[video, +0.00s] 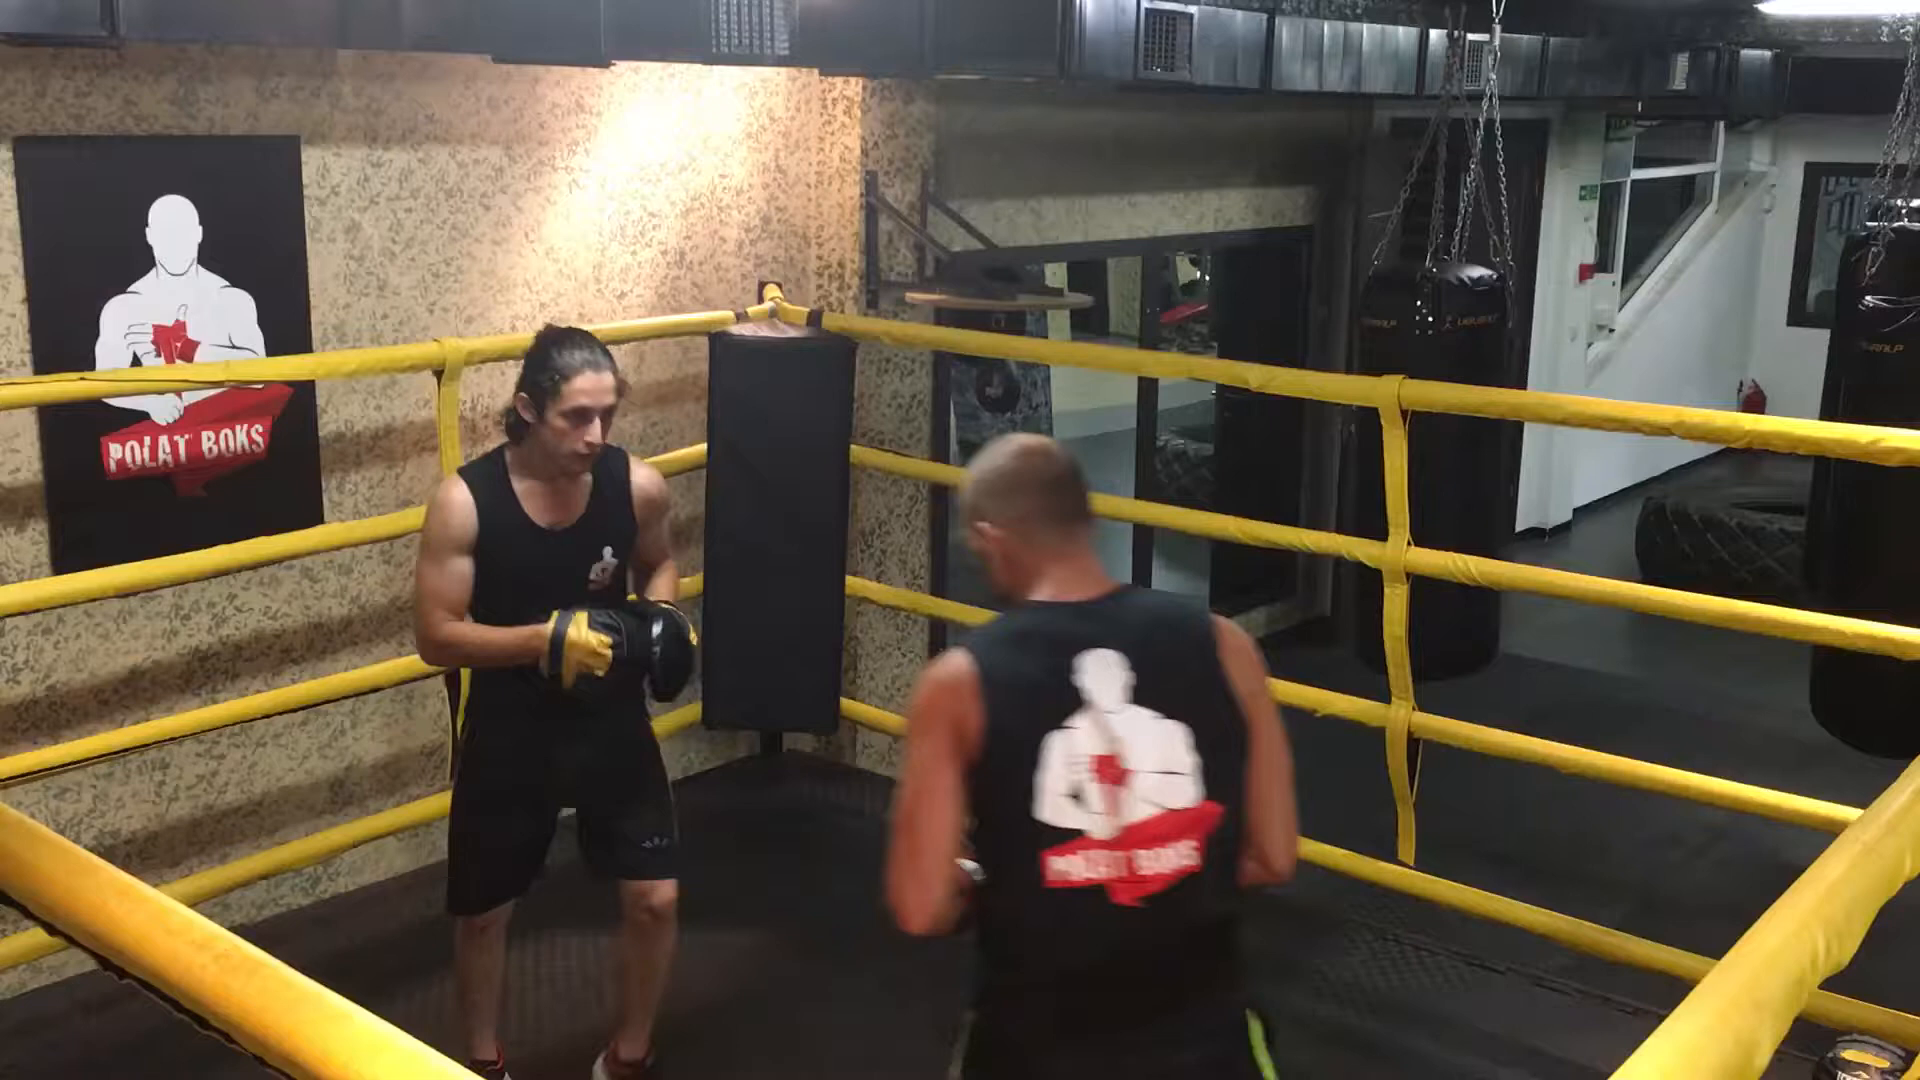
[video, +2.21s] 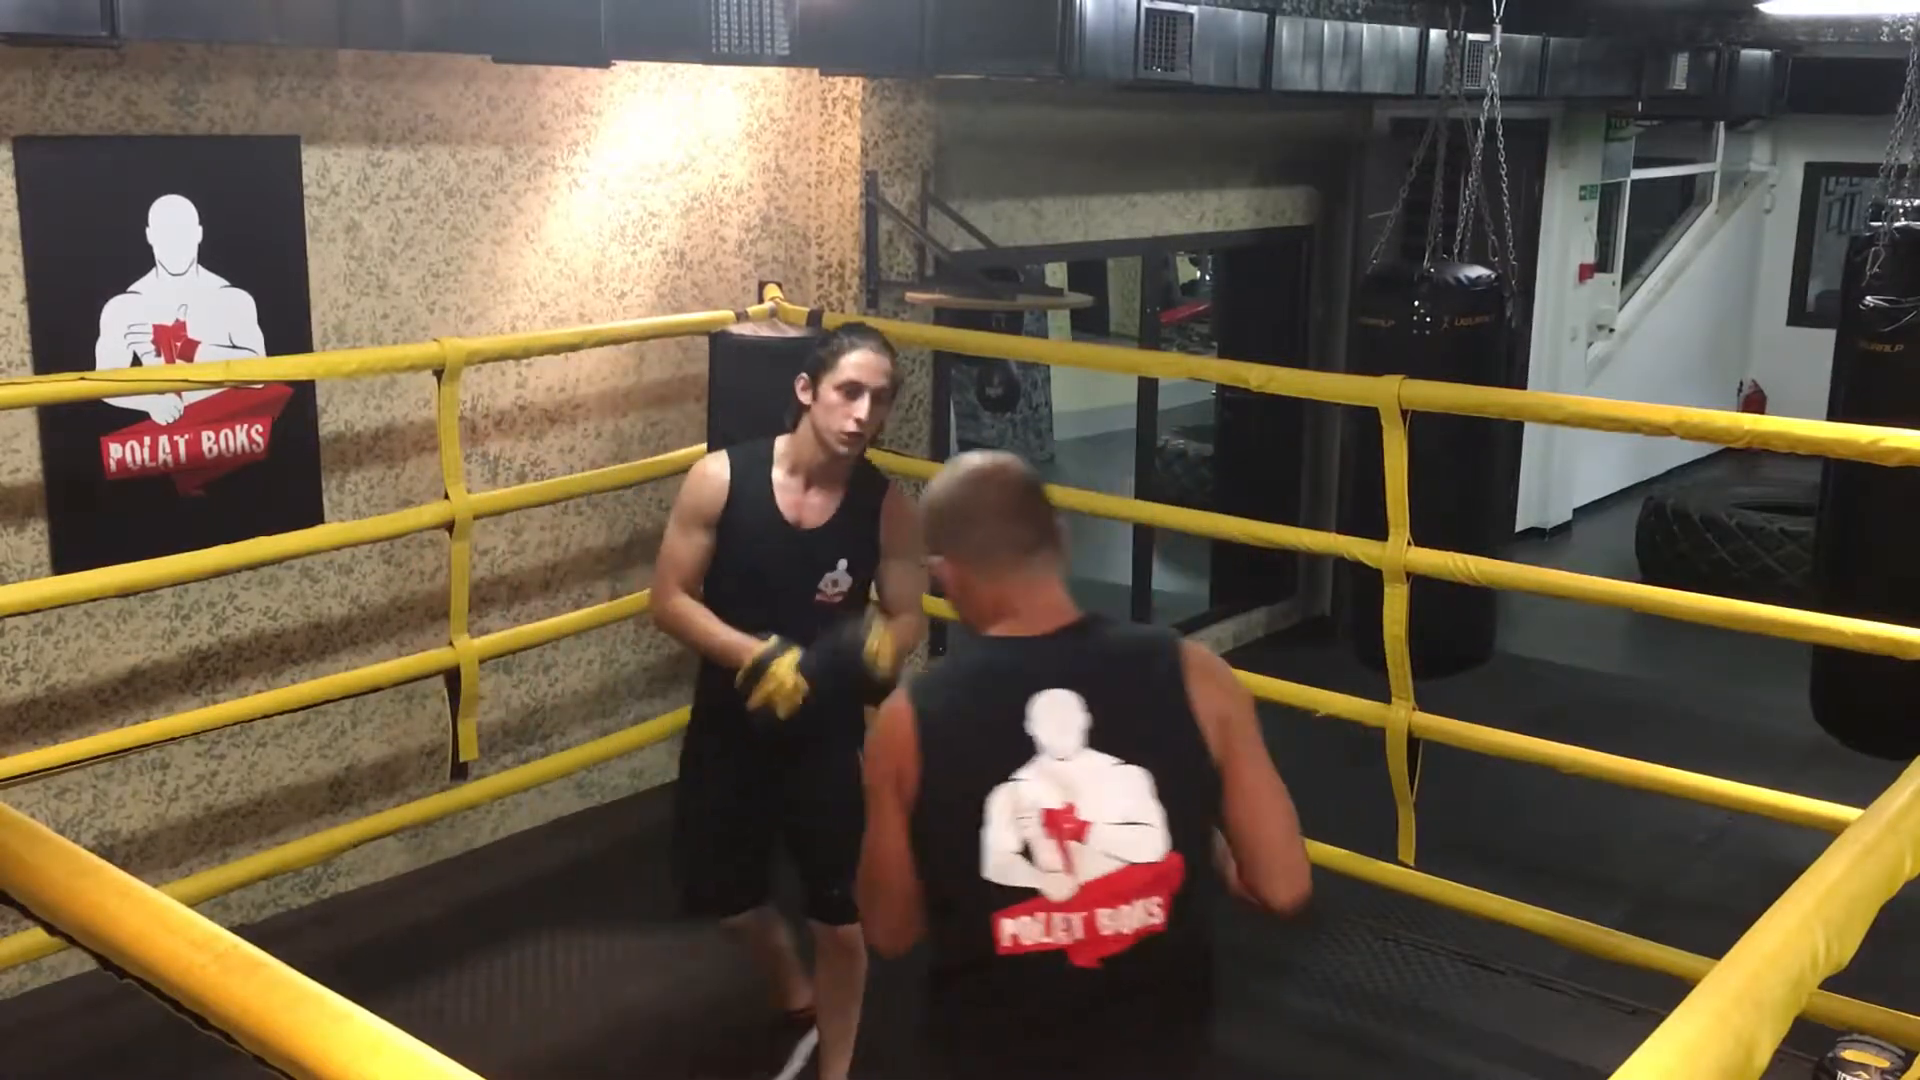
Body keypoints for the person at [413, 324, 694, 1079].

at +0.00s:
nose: (595, 436)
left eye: (605, 417)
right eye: (577, 417)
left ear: (616, 411)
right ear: (526, 410)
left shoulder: (637, 488)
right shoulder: (464, 499)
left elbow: (657, 565)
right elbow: (436, 637)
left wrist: (658, 617)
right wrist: (547, 640)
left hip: (613, 724)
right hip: (506, 734)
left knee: (655, 898)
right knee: (481, 910)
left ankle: (629, 1057)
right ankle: (484, 1058)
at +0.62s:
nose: (653, 467)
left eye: (663, 447)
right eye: (636, 448)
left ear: (672, 439)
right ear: (581, 432)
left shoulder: (659, 506)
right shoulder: (480, 512)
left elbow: (738, 628)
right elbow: (421, 646)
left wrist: (756, 548)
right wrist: (535, 673)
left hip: (587, 771)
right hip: (478, 773)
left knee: (609, 967)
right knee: (448, 985)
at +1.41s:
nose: (655, 450)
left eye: (663, 428)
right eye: (633, 430)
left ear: (670, 423)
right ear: (573, 427)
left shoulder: (688, 513)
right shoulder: (507, 548)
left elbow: (754, 597)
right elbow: (479, 702)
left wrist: (793, 619)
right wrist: (606, 697)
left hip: (663, 807)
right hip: (547, 816)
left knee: (705, 1016)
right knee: (502, 1025)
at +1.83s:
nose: (768, 450)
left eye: (775, 431)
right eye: (750, 430)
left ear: (780, 435)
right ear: (693, 429)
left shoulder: (760, 533)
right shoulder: (611, 539)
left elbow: (755, 634)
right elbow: (565, 686)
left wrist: (790, 684)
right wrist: (693, 730)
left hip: (726, 784)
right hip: (617, 793)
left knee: (802, 953)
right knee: (543, 1003)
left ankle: (828, 1071)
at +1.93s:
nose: (829, 444)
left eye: (837, 427)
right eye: (811, 425)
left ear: (841, 432)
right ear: (755, 422)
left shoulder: (818, 532)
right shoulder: (663, 519)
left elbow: (807, 631)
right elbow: (603, 652)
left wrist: (824, 678)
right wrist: (712, 716)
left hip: (767, 770)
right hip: (656, 770)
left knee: (815, 944)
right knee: (578, 962)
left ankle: (831, 1072)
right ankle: (539, 1073)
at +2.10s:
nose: (871, 427)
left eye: (882, 411)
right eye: (857, 406)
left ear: (887, 419)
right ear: (808, 399)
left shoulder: (872, 517)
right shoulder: (710, 485)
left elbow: (881, 636)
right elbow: (658, 609)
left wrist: (850, 682)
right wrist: (756, 679)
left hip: (811, 745)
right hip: (707, 739)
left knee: (831, 927)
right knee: (671, 918)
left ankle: (834, 1069)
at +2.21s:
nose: (863, 412)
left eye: (878, 398)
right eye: (849, 392)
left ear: (887, 408)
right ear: (807, 392)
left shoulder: (887, 506)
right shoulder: (719, 478)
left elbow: (906, 617)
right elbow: (669, 599)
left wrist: (871, 654)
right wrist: (756, 655)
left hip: (830, 730)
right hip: (730, 726)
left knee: (840, 922)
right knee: (735, 898)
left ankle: (836, 1071)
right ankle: (805, 1012)